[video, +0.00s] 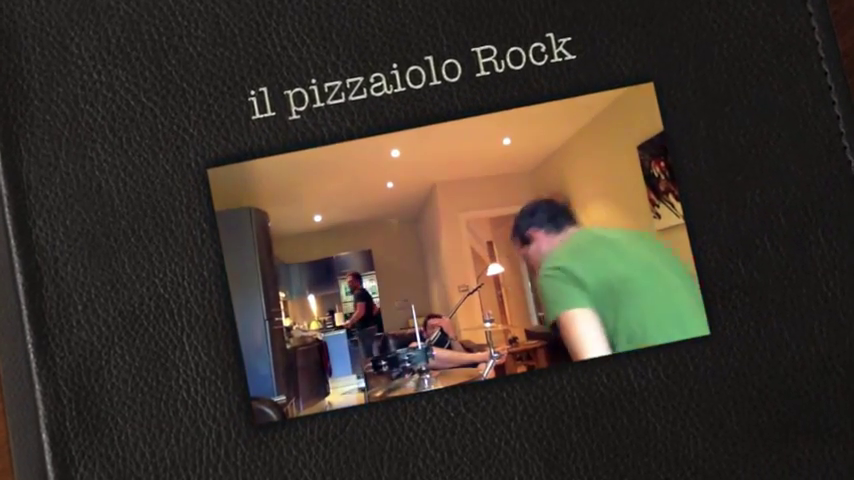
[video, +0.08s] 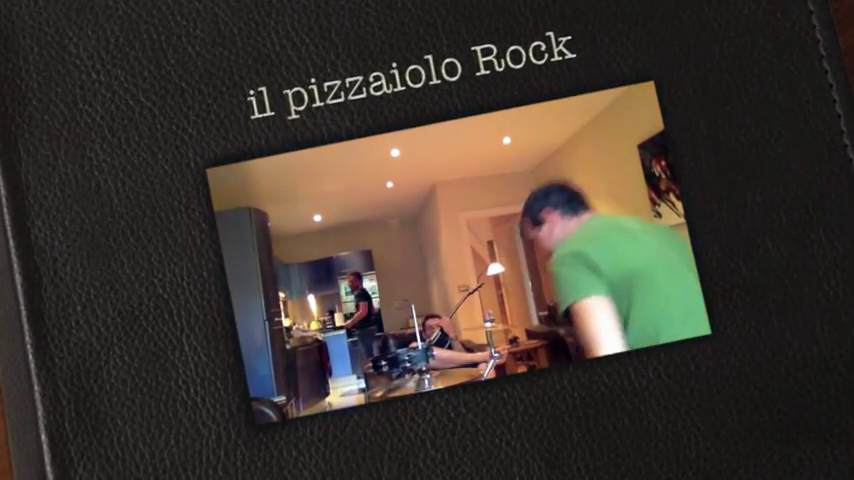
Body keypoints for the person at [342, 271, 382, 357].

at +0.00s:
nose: (348, 284)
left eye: (350, 281)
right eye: (348, 282)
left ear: (357, 282)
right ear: (357, 282)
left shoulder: (359, 294)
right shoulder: (364, 292)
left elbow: (360, 311)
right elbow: (375, 308)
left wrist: (350, 322)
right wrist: (368, 317)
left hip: (365, 328)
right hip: (370, 326)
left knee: (367, 357)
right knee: (369, 356)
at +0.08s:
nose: (349, 283)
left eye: (351, 281)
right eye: (348, 281)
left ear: (358, 281)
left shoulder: (361, 293)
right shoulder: (359, 293)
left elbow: (363, 311)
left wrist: (349, 323)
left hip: (366, 328)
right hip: (363, 327)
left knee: (367, 355)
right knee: (367, 355)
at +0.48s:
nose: (354, 283)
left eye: (356, 280)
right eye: (352, 280)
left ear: (362, 280)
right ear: (350, 282)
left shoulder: (368, 293)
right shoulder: (354, 296)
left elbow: (377, 308)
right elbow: (356, 312)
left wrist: (364, 319)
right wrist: (349, 319)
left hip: (372, 327)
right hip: (361, 329)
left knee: (373, 356)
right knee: (366, 357)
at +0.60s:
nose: (354, 283)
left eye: (356, 280)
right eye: (352, 281)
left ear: (360, 280)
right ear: (349, 283)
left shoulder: (368, 293)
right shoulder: (353, 297)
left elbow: (378, 307)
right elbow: (356, 312)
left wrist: (367, 318)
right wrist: (349, 321)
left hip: (373, 327)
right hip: (362, 328)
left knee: (374, 355)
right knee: (367, 356)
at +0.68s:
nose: (353, 283)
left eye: (355, 280)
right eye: (350, 281)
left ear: (360, 281)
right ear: (348, 283)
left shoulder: (368, 293)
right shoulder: (352, 297)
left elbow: (378, 306)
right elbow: (355, 313)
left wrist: (368, 318)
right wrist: (348, 322)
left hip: (374, 327)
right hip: (363, 328)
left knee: (373, 354)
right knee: (367, 355)